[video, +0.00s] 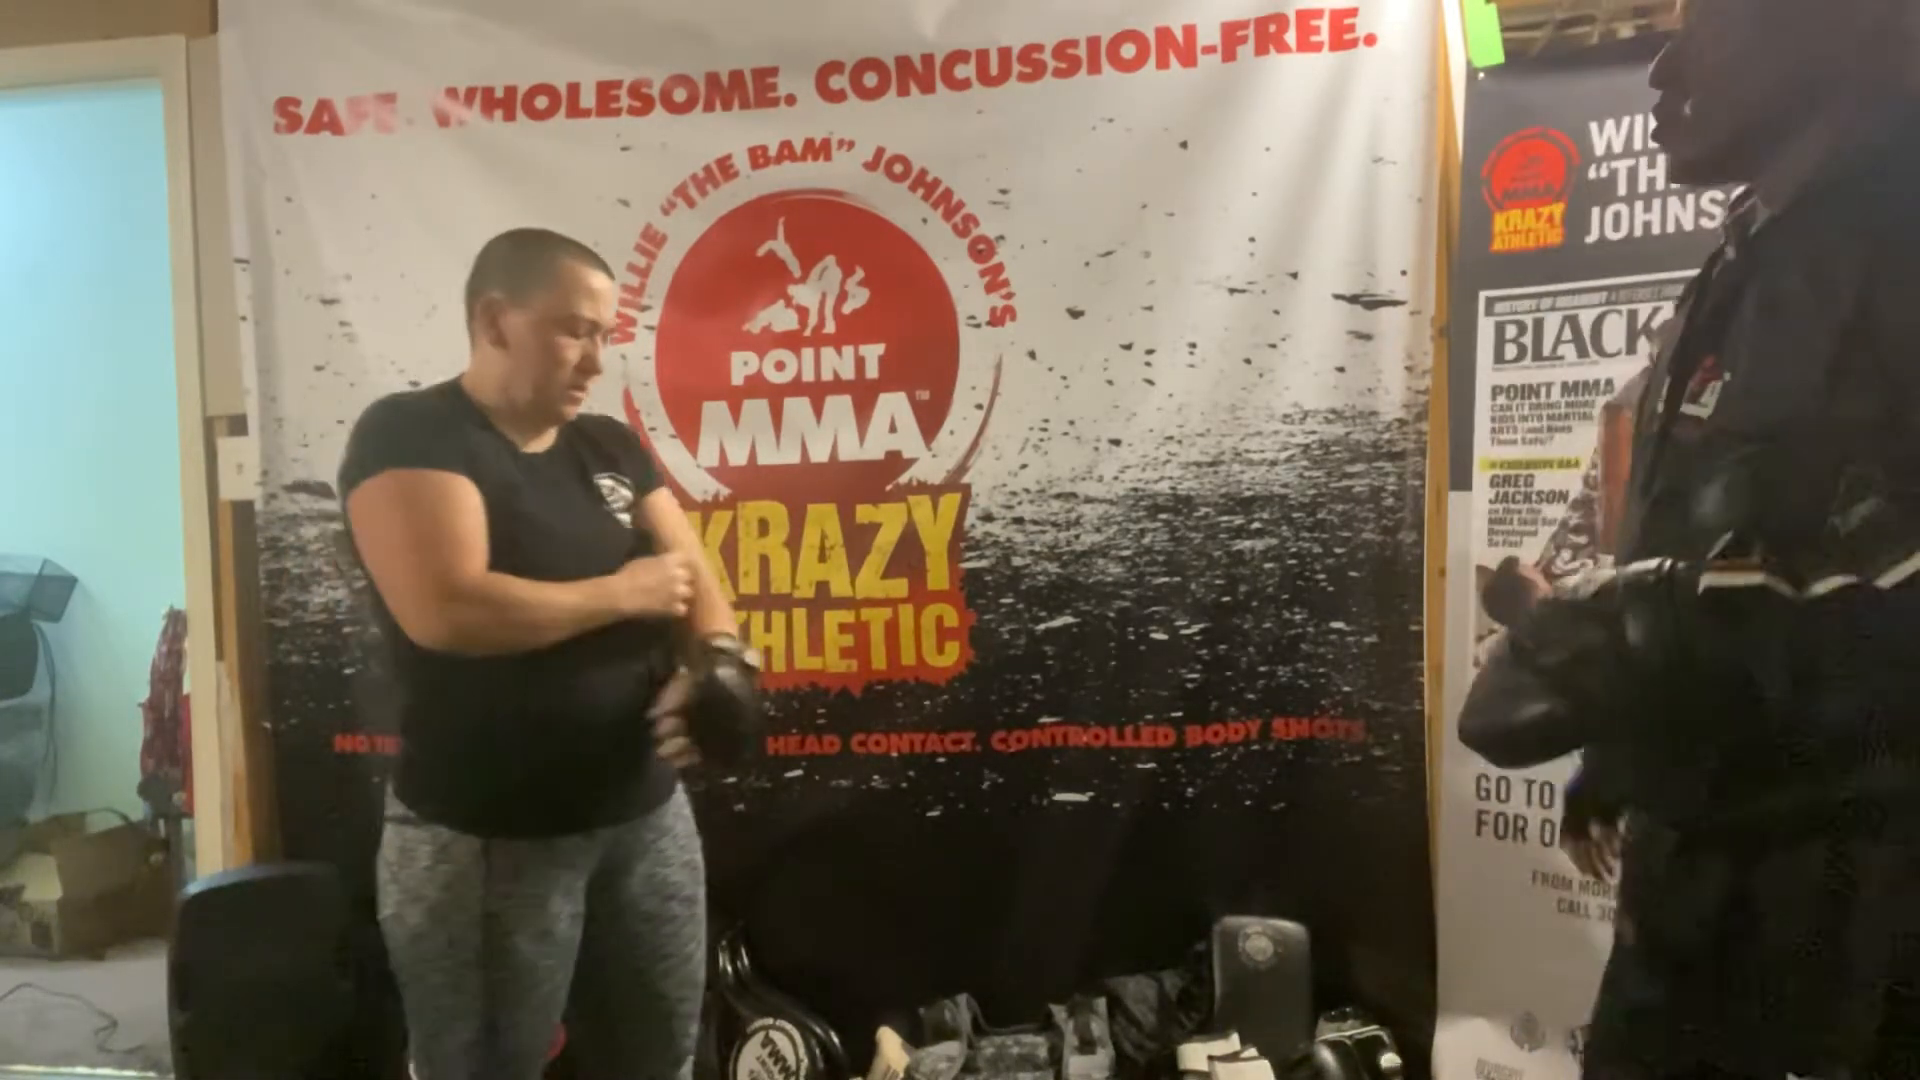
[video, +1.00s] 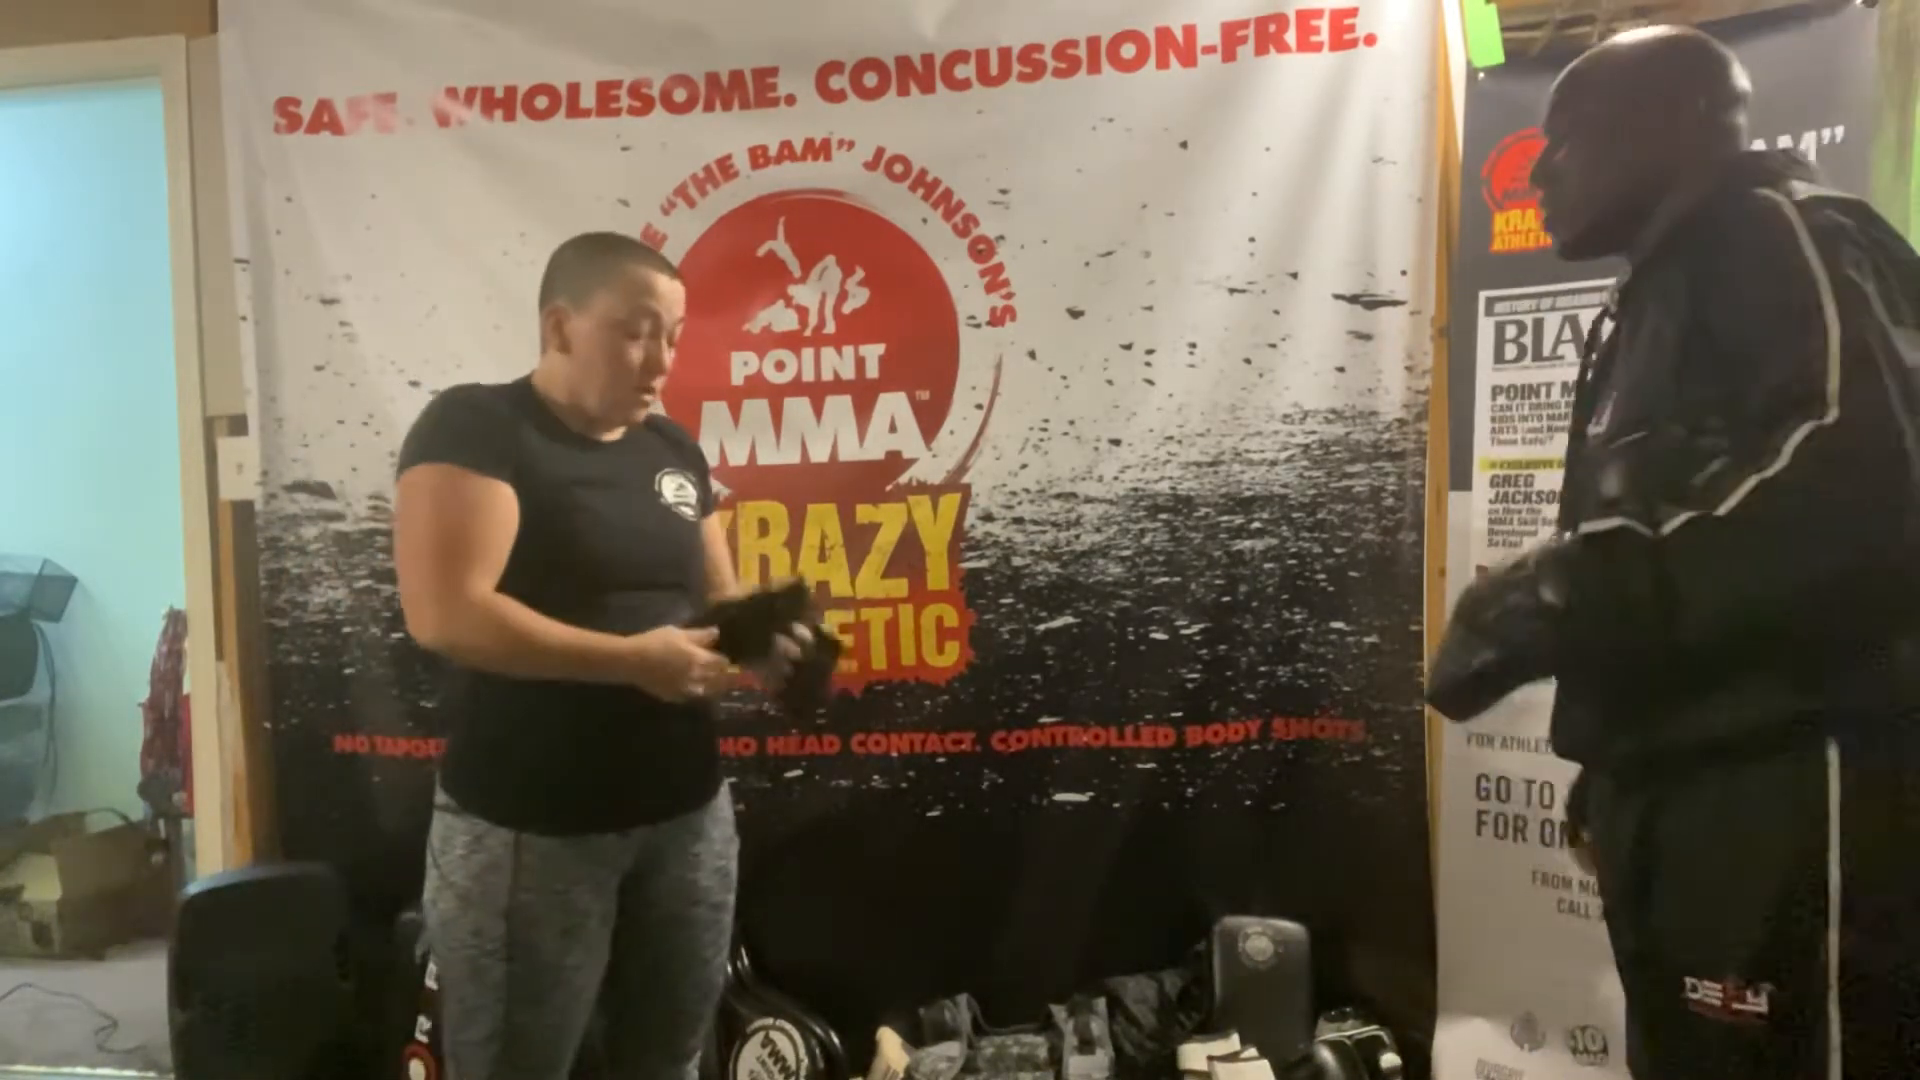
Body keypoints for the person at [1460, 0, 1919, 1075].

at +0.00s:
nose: (1657, 65)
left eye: (1690, 17)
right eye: (1663, 26)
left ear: (1819, 25)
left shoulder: (1880, 221)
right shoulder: (1752, 245)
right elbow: (1684, 539)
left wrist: (1616, 643)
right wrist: (1613, 763)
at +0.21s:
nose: (1651, 93)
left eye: (1692, 52)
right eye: (1660, 57)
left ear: (1813, 50)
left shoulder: (1890, 211)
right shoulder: (1712, 285)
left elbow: (1893, 589)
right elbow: (1650, 548)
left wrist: (1640, 623)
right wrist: (1601, 772)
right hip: (1694, 822)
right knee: (1681, 1057)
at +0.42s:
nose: (1601, 119)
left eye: (1633, 93)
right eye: (1612, 92)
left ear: (1735, 106)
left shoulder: (1851, 238)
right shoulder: (1675, 300)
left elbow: (1894, 522)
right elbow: (1629, 548)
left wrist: (1596, 602)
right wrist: (1552, 755)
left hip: (1817, 797)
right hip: (1683, 797)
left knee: (1813, 1057)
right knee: (1686, 1057)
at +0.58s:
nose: (1557, 151)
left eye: (1590, 121)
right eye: (1566, 125)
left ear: (1699, 124)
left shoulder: (1816, 243)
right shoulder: (1661, 314)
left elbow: (1886, 506)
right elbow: (1626, 561)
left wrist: (1590, 612)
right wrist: (1538, 755)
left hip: (1810, 796)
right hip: (1689, 796)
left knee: (1798, 1053)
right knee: (1690, 1051)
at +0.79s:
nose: (1555, 160)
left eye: (1584, 130)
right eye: (1561, 135)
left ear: (1684, 129)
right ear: (1688, 136)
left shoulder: (1790, 231)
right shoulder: (1651, 313)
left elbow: (1875, 470)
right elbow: (1626, 542)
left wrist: (1577, 597)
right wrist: (1570, 753)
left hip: (1798, 780)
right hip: (1689, 786)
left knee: (1790, 1054)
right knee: (1686, 1053)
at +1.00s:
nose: (1538, 163)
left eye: (1566, 135)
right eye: (1545, 139)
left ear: (1662, 135)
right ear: (1670, 141)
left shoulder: (1774, 231)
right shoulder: (1659, 290)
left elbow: (1856, 470)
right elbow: (1645, 520)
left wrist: (1569, 593)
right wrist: (1609, 768)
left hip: (1787, 778)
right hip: (1689, 782)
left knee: (1776, 1056)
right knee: (1683, 1054)